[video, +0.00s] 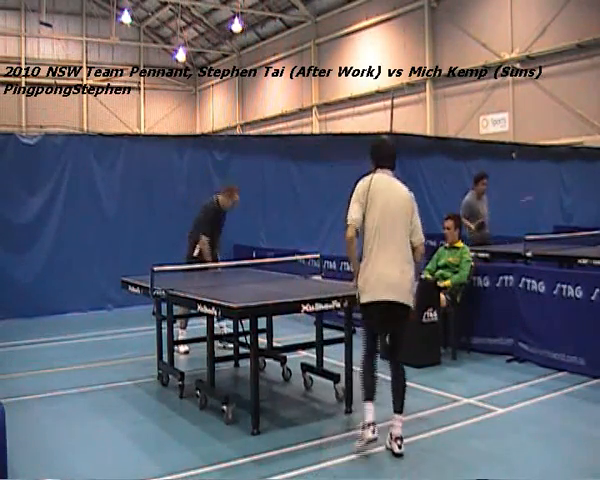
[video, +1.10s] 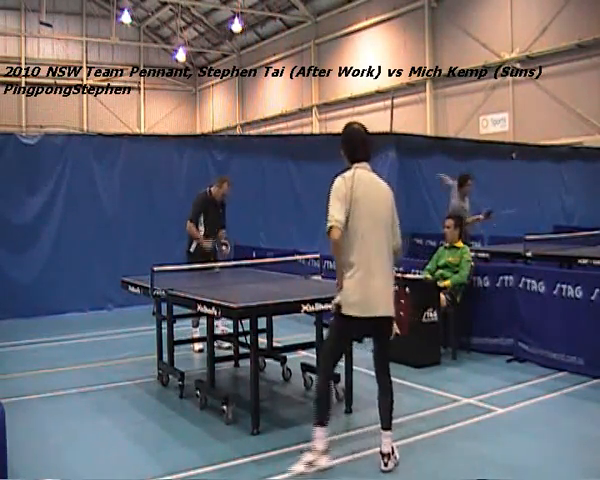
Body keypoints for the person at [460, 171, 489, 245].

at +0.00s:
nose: (485, 187)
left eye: (486, 185)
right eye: (482, 184)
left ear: (486, 186)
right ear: (476, 185)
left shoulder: (484, 197)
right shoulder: (468, 200)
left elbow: (484, 213)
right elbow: (462, 217)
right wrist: (471, 226)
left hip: (485, 233)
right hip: (474, 236)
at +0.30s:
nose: (478, 187)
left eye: (478, 184)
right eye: (475, 184)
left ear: (480, 186)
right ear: (469, 186)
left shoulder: (480, 198)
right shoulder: (462, 201)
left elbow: (483, 213)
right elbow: (458, 218)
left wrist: (489, 224)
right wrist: (464, 229)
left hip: (479, 232)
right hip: (466, 233)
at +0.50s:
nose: (472, 186)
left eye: (473, 184)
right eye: (469, 183)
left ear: (474, 186)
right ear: (463, 186)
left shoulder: (473, 198)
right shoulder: (455, 201)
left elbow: (476, 213)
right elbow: (450, 218)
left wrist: (481, 228)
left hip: (471, 234)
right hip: (459, 235)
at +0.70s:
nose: (468, 185)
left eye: (469, 183)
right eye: (465, 183)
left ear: (470, 185)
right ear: (459, 185)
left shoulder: (469, 198)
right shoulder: (452, 200)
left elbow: (471, 214)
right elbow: (446, 217)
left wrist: (473, 230)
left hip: (467, 234)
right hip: (455, 236)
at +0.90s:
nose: (467, 189)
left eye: (468, 187)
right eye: (465, 187)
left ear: (469, 189)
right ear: (459, 189)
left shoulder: (469, 201)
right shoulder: (451, 204)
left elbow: (470, 217)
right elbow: (445, 220)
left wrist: (474, 232)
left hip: (466, 235)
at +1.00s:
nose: (468, 187)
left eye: (469, 185)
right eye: (466, 184)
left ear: (470, 186)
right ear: (459, 187)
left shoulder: (467, 198)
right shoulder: (454, 202)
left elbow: (470, 212)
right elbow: (451, 220)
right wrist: (462, 226)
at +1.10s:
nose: (469, 189)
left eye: (470, 186)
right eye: (468, 186)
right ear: (462, 186)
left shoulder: (455, 185)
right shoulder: (457, 205)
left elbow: (450, 182)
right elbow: (461, 223)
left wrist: (445, 179)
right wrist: (479, 218)